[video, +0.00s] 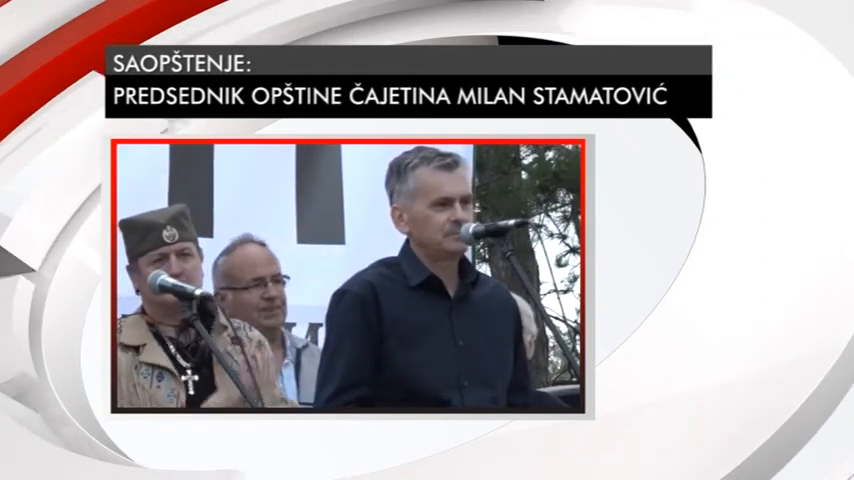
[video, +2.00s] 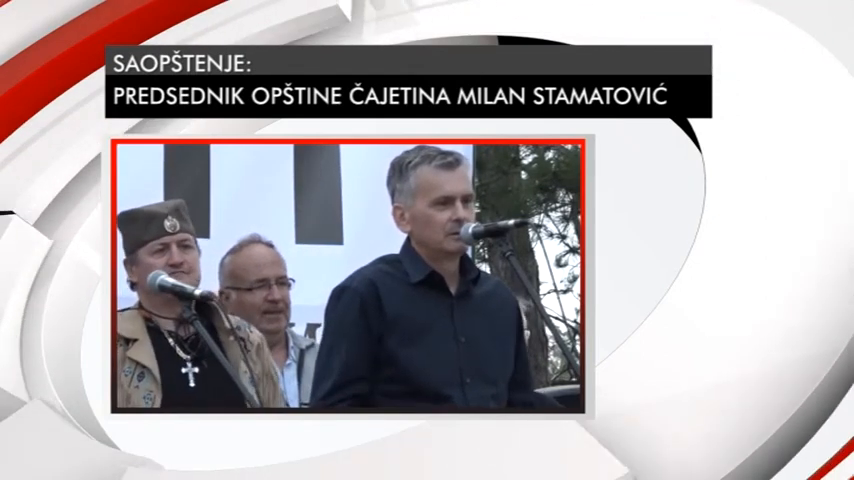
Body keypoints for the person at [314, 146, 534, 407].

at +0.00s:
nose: (459, 217)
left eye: (466, 203)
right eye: (442, 205)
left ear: (475, 208)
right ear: (401, 218)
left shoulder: (499, 302)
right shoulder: (362, 299)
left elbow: (520, 406)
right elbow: (335, 414)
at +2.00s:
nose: (461, 215)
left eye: (467, 202)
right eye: (443, 204)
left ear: (474, 206)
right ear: (402, 217)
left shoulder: (500, 300)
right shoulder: (362, 296)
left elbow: (520, 405)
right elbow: (332, 412)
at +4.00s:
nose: (462, 211)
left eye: (466, 198)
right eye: (443, 200)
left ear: (474, 203)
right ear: (402, 215)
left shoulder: (499, 301)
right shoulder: (368, 290)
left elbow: (531, 397)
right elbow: (327, 397)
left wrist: (597, 397)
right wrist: (386, 400)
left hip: (496, 462)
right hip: (401, 463)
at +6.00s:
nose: (461, 212)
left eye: (465, 199)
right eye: (443, 200)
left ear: (472, 204)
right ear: (400, 213)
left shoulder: (496, 302)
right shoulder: (362, 296)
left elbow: (522, 408)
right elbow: (330, 405)